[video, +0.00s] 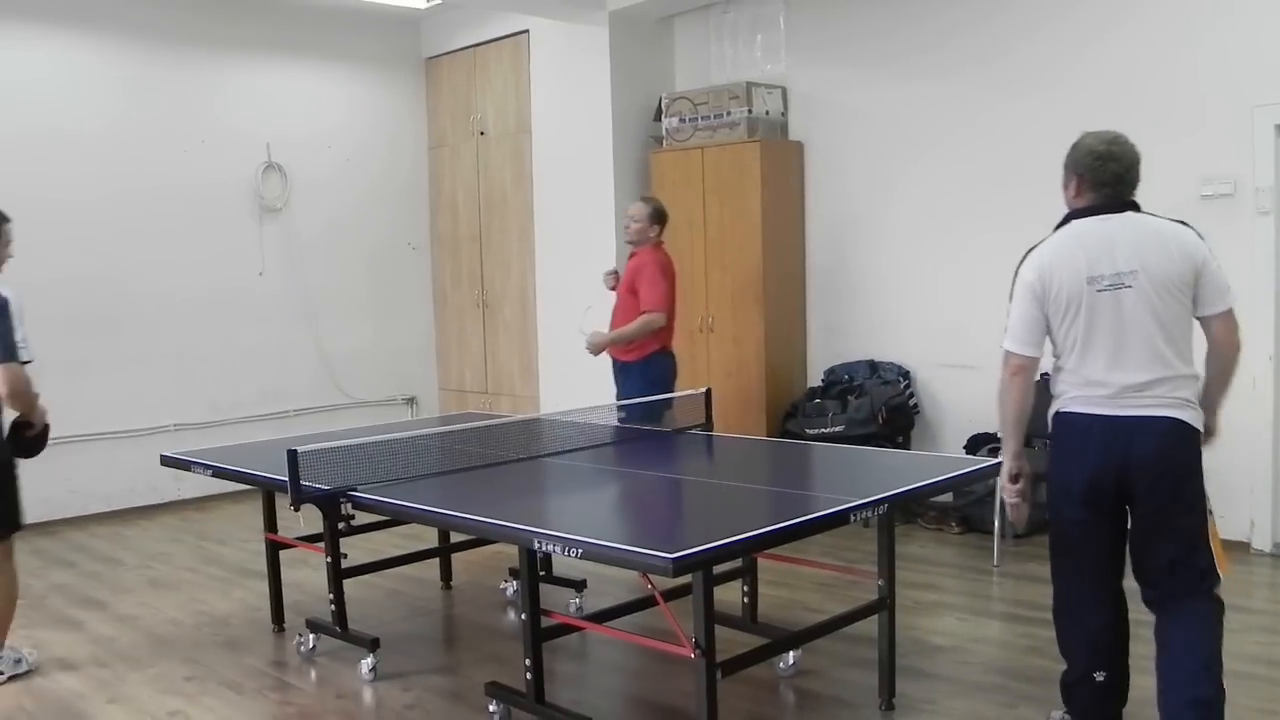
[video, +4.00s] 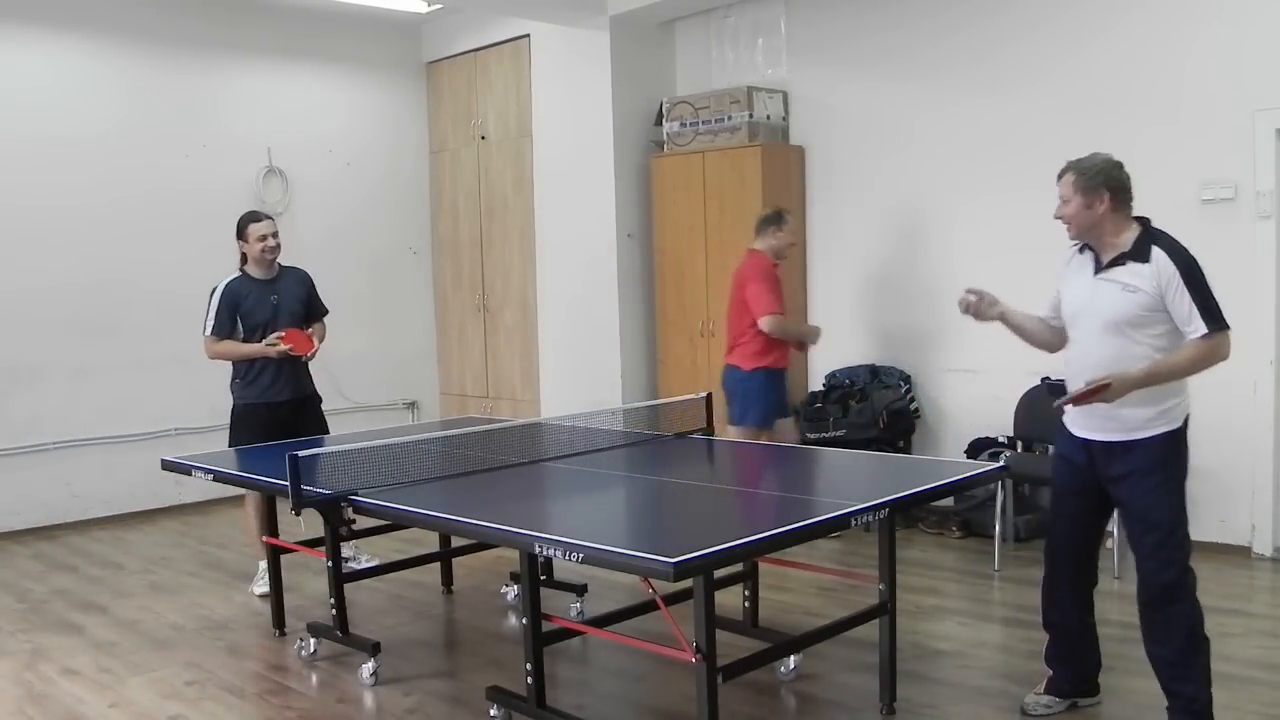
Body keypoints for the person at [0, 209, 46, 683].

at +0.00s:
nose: (9, 253)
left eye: (9, 244)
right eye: (7, 245)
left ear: (3, 246)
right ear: (1, 247)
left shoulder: (5, 303)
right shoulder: (1, 302)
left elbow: (12, 385)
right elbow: (11, 386)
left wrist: (31, 409)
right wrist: (34, 412)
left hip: (1, 446)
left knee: (6, 544)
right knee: (3, 545)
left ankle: (4, 645)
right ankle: (3, 646)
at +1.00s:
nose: (209, 256)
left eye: (208, 248)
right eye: (203, 249)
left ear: (175, 253)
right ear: (176, 252)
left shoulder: (157, 290)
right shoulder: (177, 293)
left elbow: (171, 352)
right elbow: (165, 361)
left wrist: (213, 364)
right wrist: (219, 382)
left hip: (158, 420)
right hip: (190, 422)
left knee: (161, 501)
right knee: (225, 492)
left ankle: (110, 579)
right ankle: (232, 586)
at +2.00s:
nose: (340, 239)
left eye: (341, 233)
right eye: (333, 234)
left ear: (337, 238)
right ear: (309, 237)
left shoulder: (346, 280)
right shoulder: (287, 277)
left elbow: (363, 324)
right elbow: (260, 327)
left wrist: (365, 336)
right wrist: (295, 368)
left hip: (340, 394)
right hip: (298, 394)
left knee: (341, 471)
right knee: (293, 475)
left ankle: (336, 547)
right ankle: (292, 551)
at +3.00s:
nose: (342, 242)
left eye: (345, 236)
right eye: (334, 237)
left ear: (347, 241)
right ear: (313, 242)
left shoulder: (355, 284)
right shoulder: (291, 280)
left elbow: (369, 337)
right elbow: (263, 328)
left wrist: (350, 336)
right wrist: (306, 348)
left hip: (346, 394)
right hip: (301, 395)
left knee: (350, 466)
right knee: (301, 469)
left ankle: (346, 543)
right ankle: (302, 546)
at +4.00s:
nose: (272, 243)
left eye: (274, 236)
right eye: (262, 238)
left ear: (279, 238)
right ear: (243, 246)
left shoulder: (298, 279)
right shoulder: (229, 290)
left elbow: (317, 323)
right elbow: (214, 348)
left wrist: (311, 339)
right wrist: (263, 349)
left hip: (302, 402)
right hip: (255, 408)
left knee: (326, 474)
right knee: (257, 488)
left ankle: (342, 549)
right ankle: (267, 565)